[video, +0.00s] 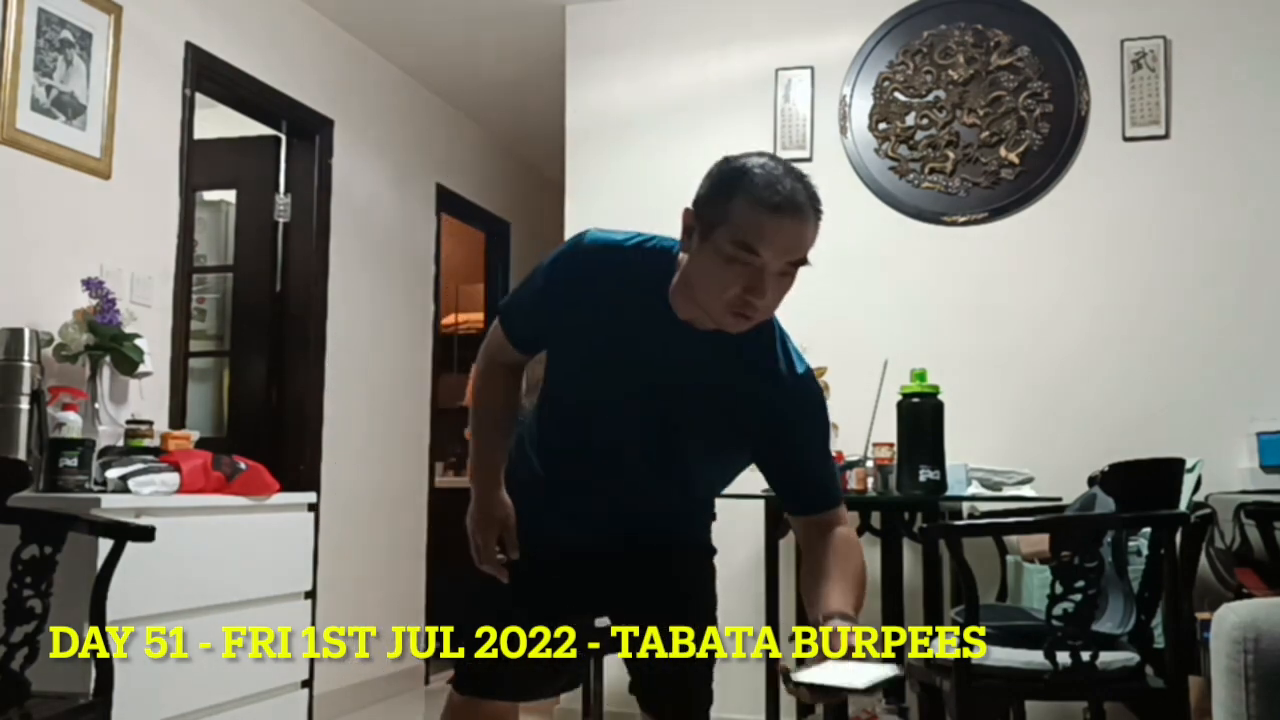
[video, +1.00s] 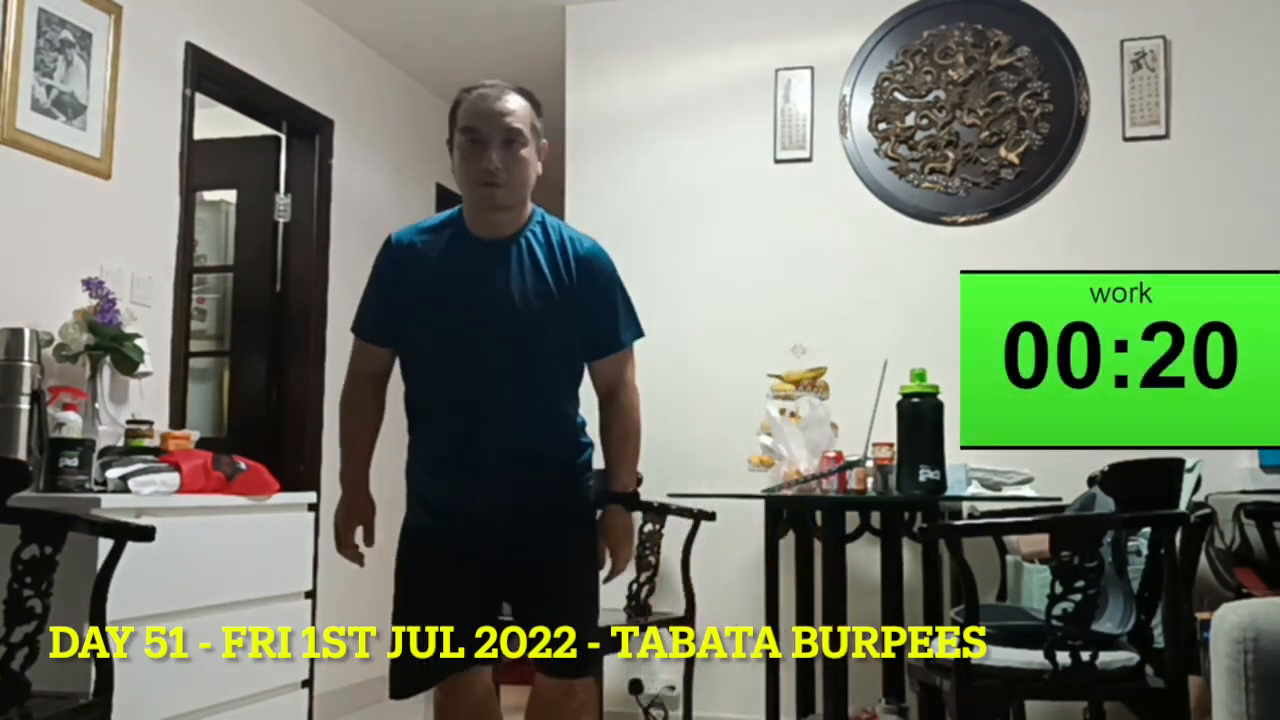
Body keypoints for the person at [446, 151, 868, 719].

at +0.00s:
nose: (764, 293)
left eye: (789, 270)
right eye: (743, 258)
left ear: (801, 265)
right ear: (691, 229)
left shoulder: (782, 387)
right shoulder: (589, 269)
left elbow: (827, 524)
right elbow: (499, 358)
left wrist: (834, 619)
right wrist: (486, 488)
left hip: (669, 544)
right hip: (546, 522)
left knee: (681, 708)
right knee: (482, 701)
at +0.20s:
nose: (771, 327)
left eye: (801, 304)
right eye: (752, 288)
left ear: (816, 301)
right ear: (704, 262)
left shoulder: (792, 420)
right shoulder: (602, 287)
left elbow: (833, 574)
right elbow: (510, 364)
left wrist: (863, 701)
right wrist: (484, 492)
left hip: (676, 550)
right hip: (551, 528)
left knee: (688, 706)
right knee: (495, 697)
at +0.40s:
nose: (743, 332)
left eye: (772, 309)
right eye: (723, 295)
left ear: (790, 302)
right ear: (678, 268)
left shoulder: (770, 415)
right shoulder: (583, 293)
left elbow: (812, 567)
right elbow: (496, 369)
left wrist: (855, 699)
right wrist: (470, 496)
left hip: (665, 554)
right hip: (542, 531)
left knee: (679, 709)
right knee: (488, 702)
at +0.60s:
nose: (664, 256)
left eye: (692, 236)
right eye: (643, 225)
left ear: (710, 244)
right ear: (607, 219)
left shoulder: (714, 362)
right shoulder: (532, 285)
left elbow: (767, 506)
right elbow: (463, 383)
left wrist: (777, 632)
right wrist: (441, 504)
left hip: (633, 562)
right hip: (510, 547)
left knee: (658, 709)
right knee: (485, 711)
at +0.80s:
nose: (547, 189)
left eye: (568, 169)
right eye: (528, 166)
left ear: (594, 179)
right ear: (502, 170)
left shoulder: (625, 294)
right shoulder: (446, 273)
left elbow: (667, 428)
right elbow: (403, 398)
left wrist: (677, 548)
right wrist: (394, 511)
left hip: (581, 551)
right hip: (467, 549)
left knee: (609, 709)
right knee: (455, 712)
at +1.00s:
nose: (491, 157)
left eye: (511, 141)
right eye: (473, 141)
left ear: (540, 156)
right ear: (451, 155)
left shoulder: (580, 262)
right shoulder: (407, 257)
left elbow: (617, 388)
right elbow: (366, 378)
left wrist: (622, 500)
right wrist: (354, 487)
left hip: (553, 511)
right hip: (446, 512)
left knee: (568, 685)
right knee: (461, 684)